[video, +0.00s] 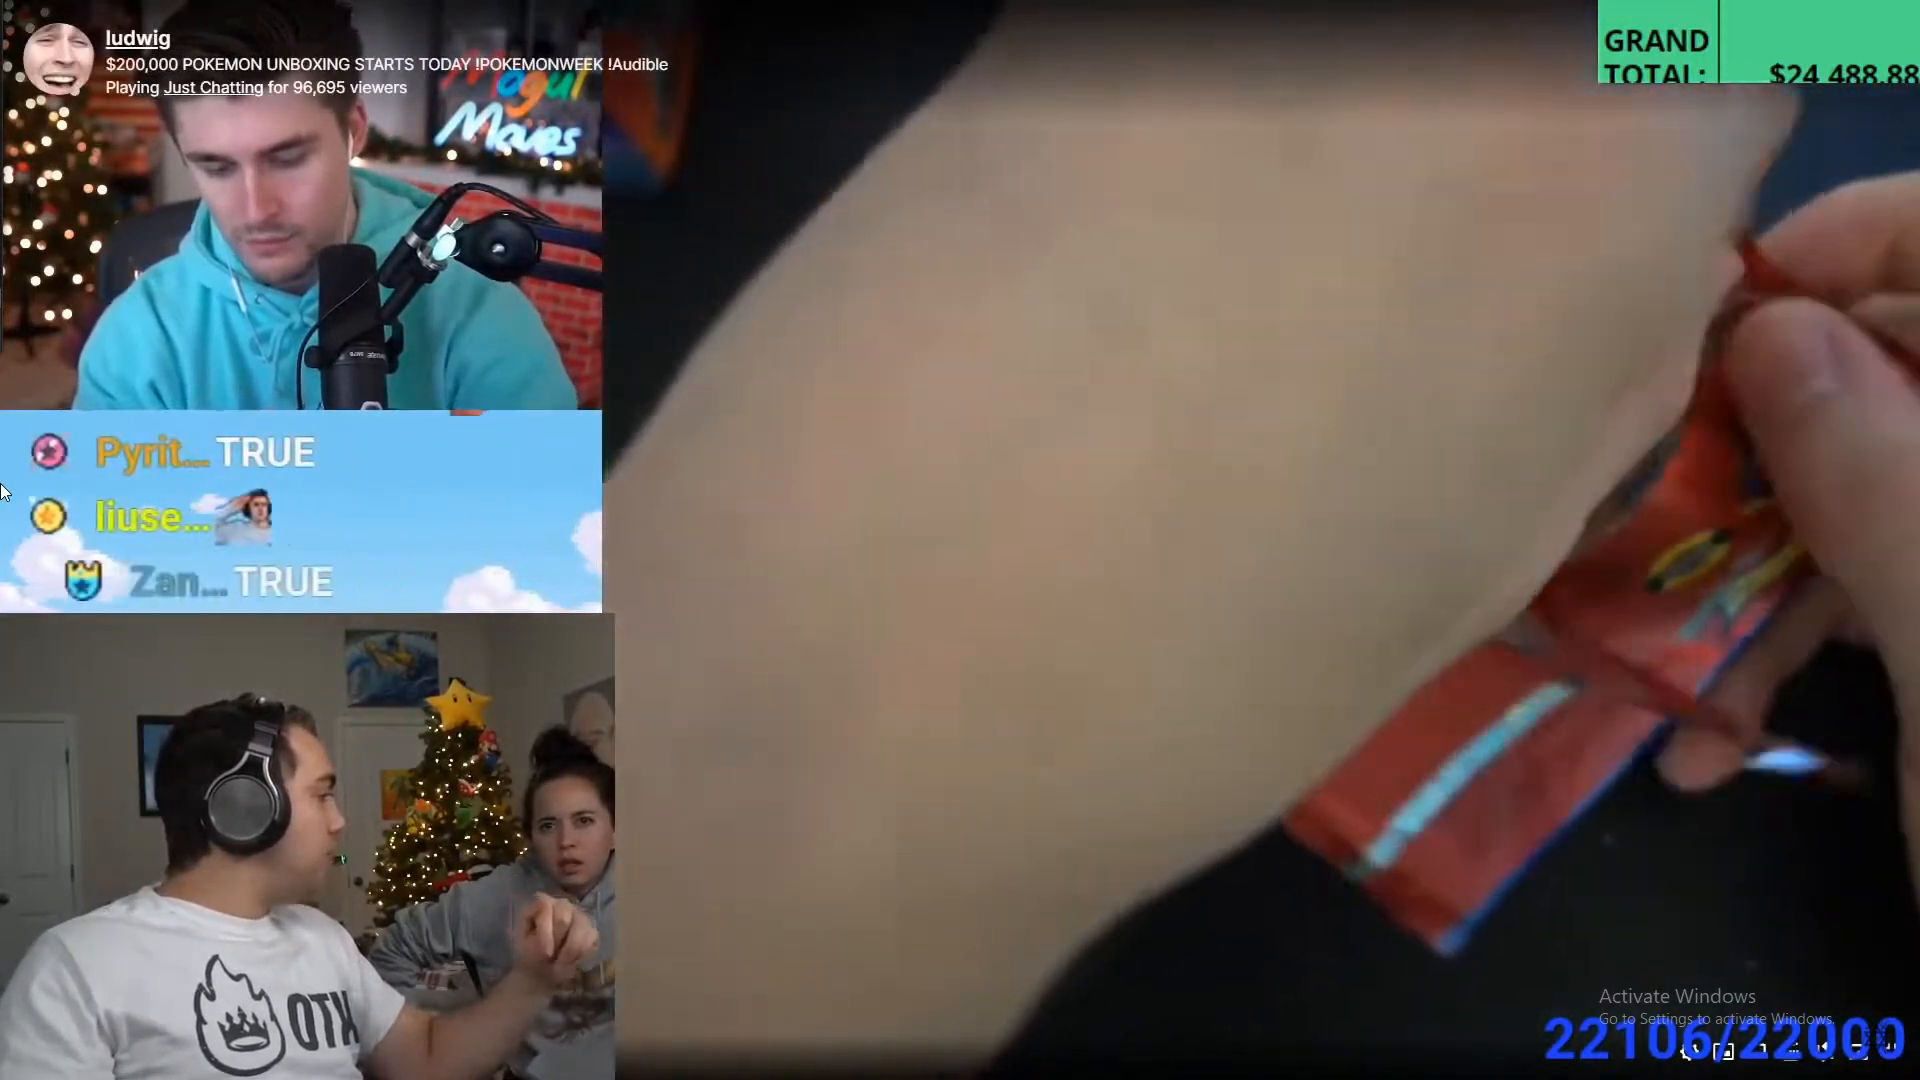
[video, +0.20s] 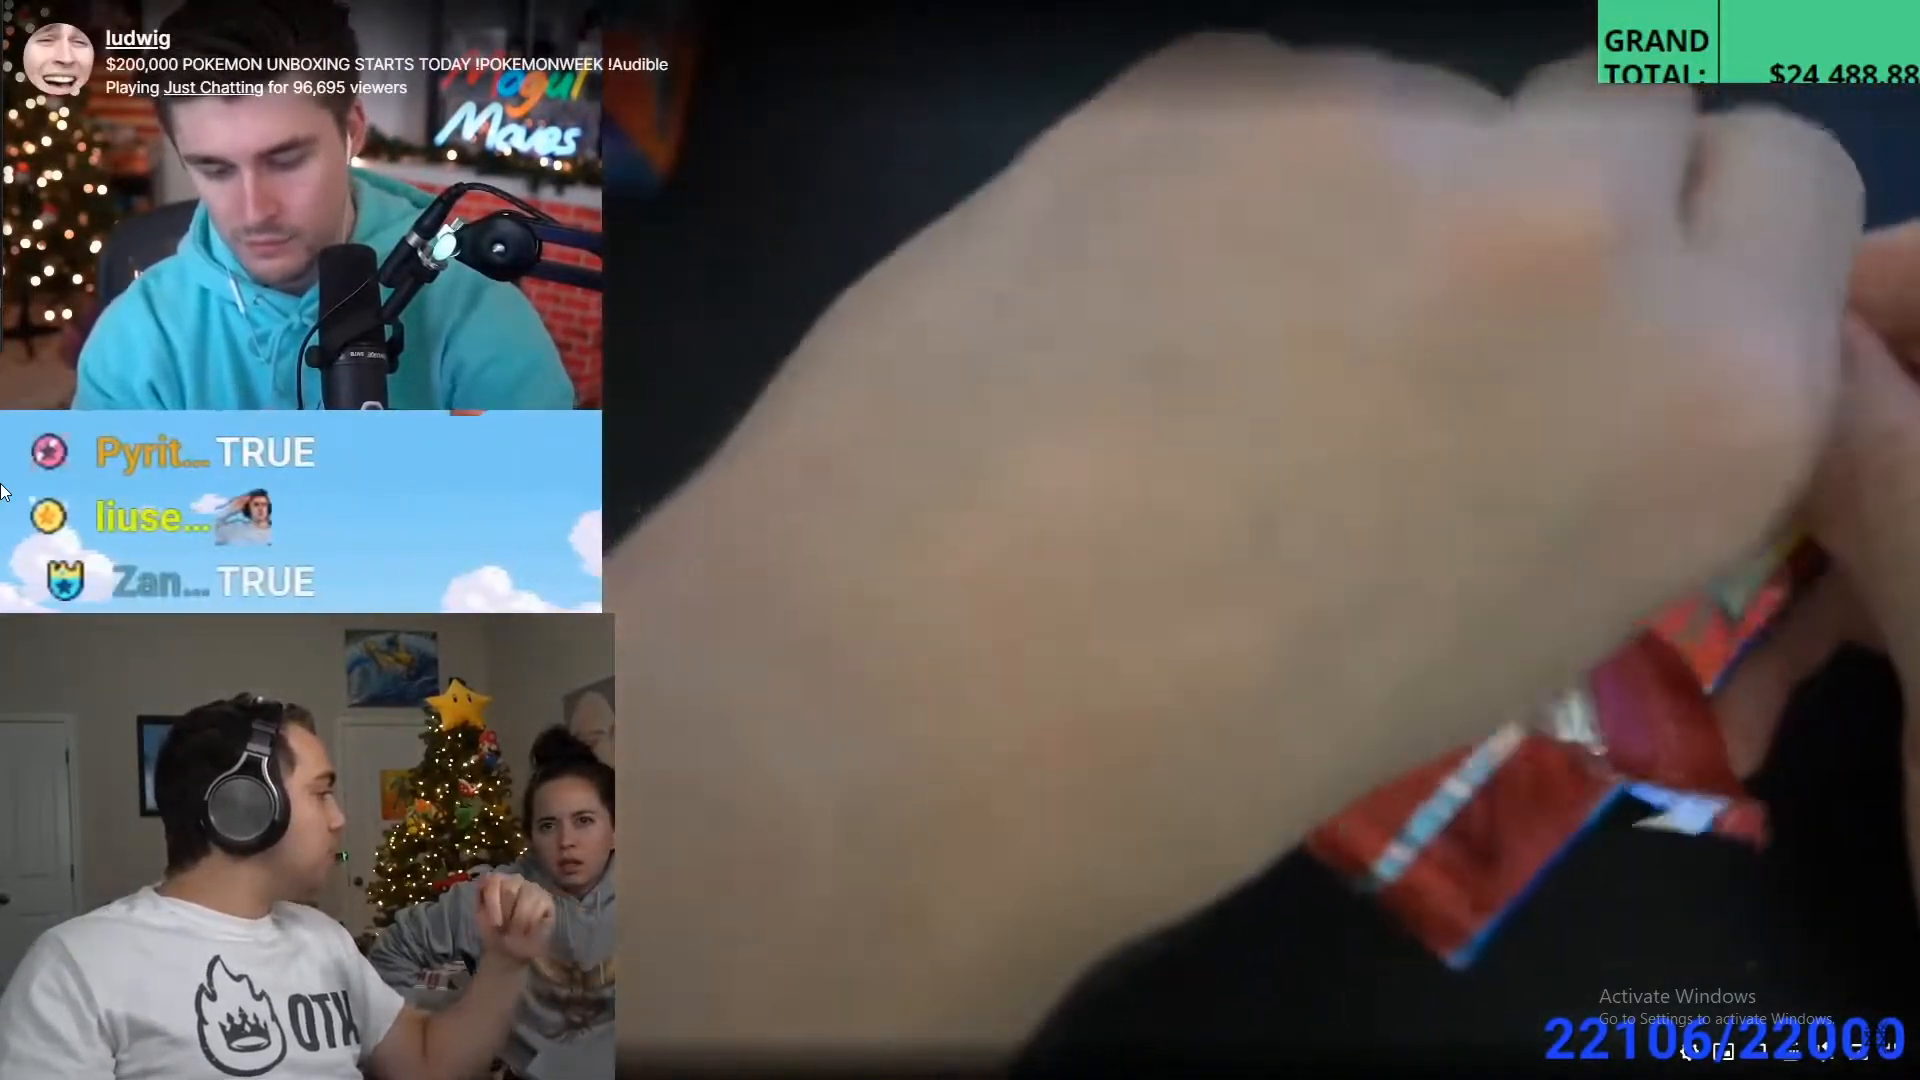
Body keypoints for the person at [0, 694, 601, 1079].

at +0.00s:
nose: (341, 820)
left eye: (333, 794)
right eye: (323, 793)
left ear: (251, 803)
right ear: (239, 804)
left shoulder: (320, 941)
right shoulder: (76, 967)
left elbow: (429, 1054)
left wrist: (533, 978)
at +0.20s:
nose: (342, 819)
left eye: (332, 793)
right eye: (321, 793)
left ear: (254, 804)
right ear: (243, 805)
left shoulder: (324, 943)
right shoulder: (77, 966)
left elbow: (428, 1061)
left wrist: (505, 959)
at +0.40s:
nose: (342, 821)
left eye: (333, 794)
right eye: (322, 794)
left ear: (250, 807)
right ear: (241, 807)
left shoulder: (322, 943)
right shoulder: (76, 966)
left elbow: (432, 1061)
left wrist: (492, 954)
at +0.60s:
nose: (341, 819)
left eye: (333, 794)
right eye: (323, 794)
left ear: (260, 802)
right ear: (244, 804)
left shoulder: (323, 943)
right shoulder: (76, 968)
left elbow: (428, 1056)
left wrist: (525, 967)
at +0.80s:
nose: (341, 818)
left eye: (334, 794)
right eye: (324, 793)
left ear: (260, 802)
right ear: (245, 804)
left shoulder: (324, 944)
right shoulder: (78, 967)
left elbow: (428, 1056)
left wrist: (522, 967)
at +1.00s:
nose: (343, 818)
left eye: (334, 794)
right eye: (323, 795)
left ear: (259, 804)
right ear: (245, 806)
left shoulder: (322, 944)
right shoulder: (77, 967)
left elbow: (424, 1057)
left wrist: (513, 962)